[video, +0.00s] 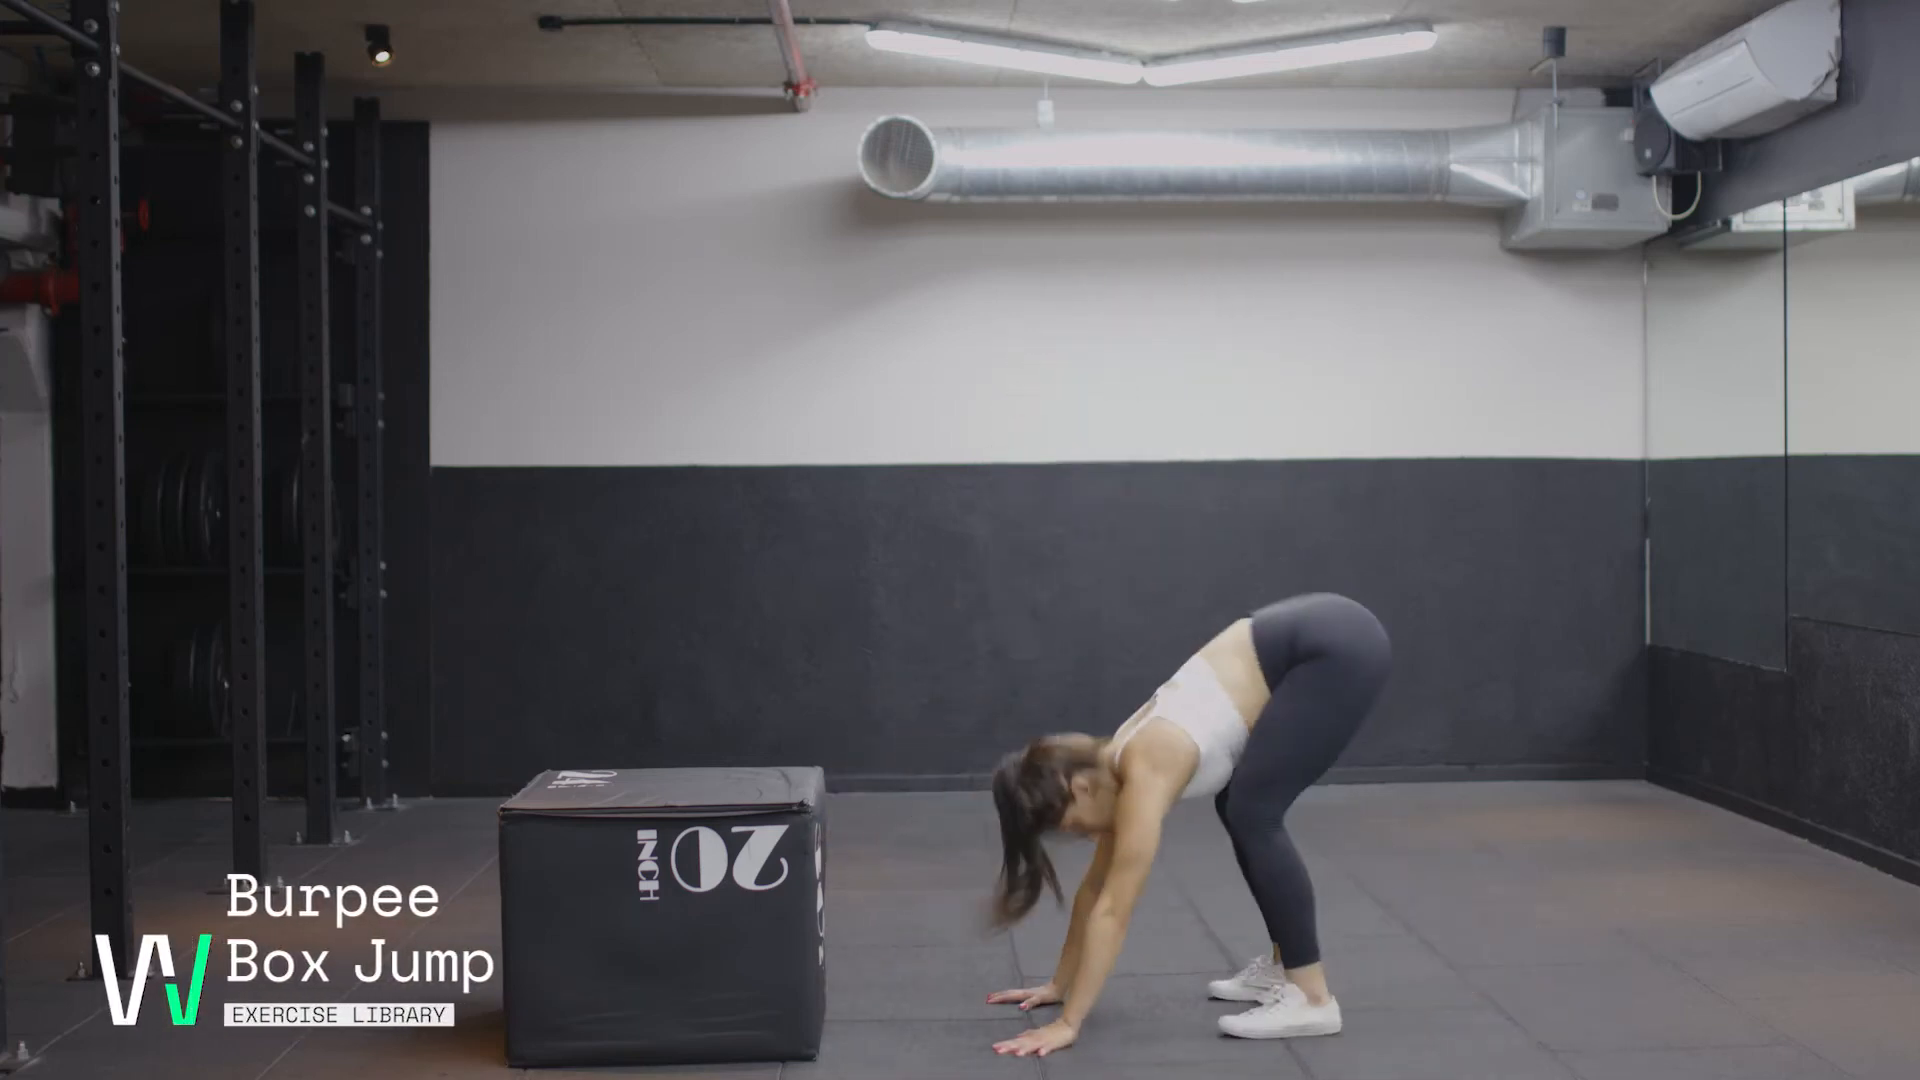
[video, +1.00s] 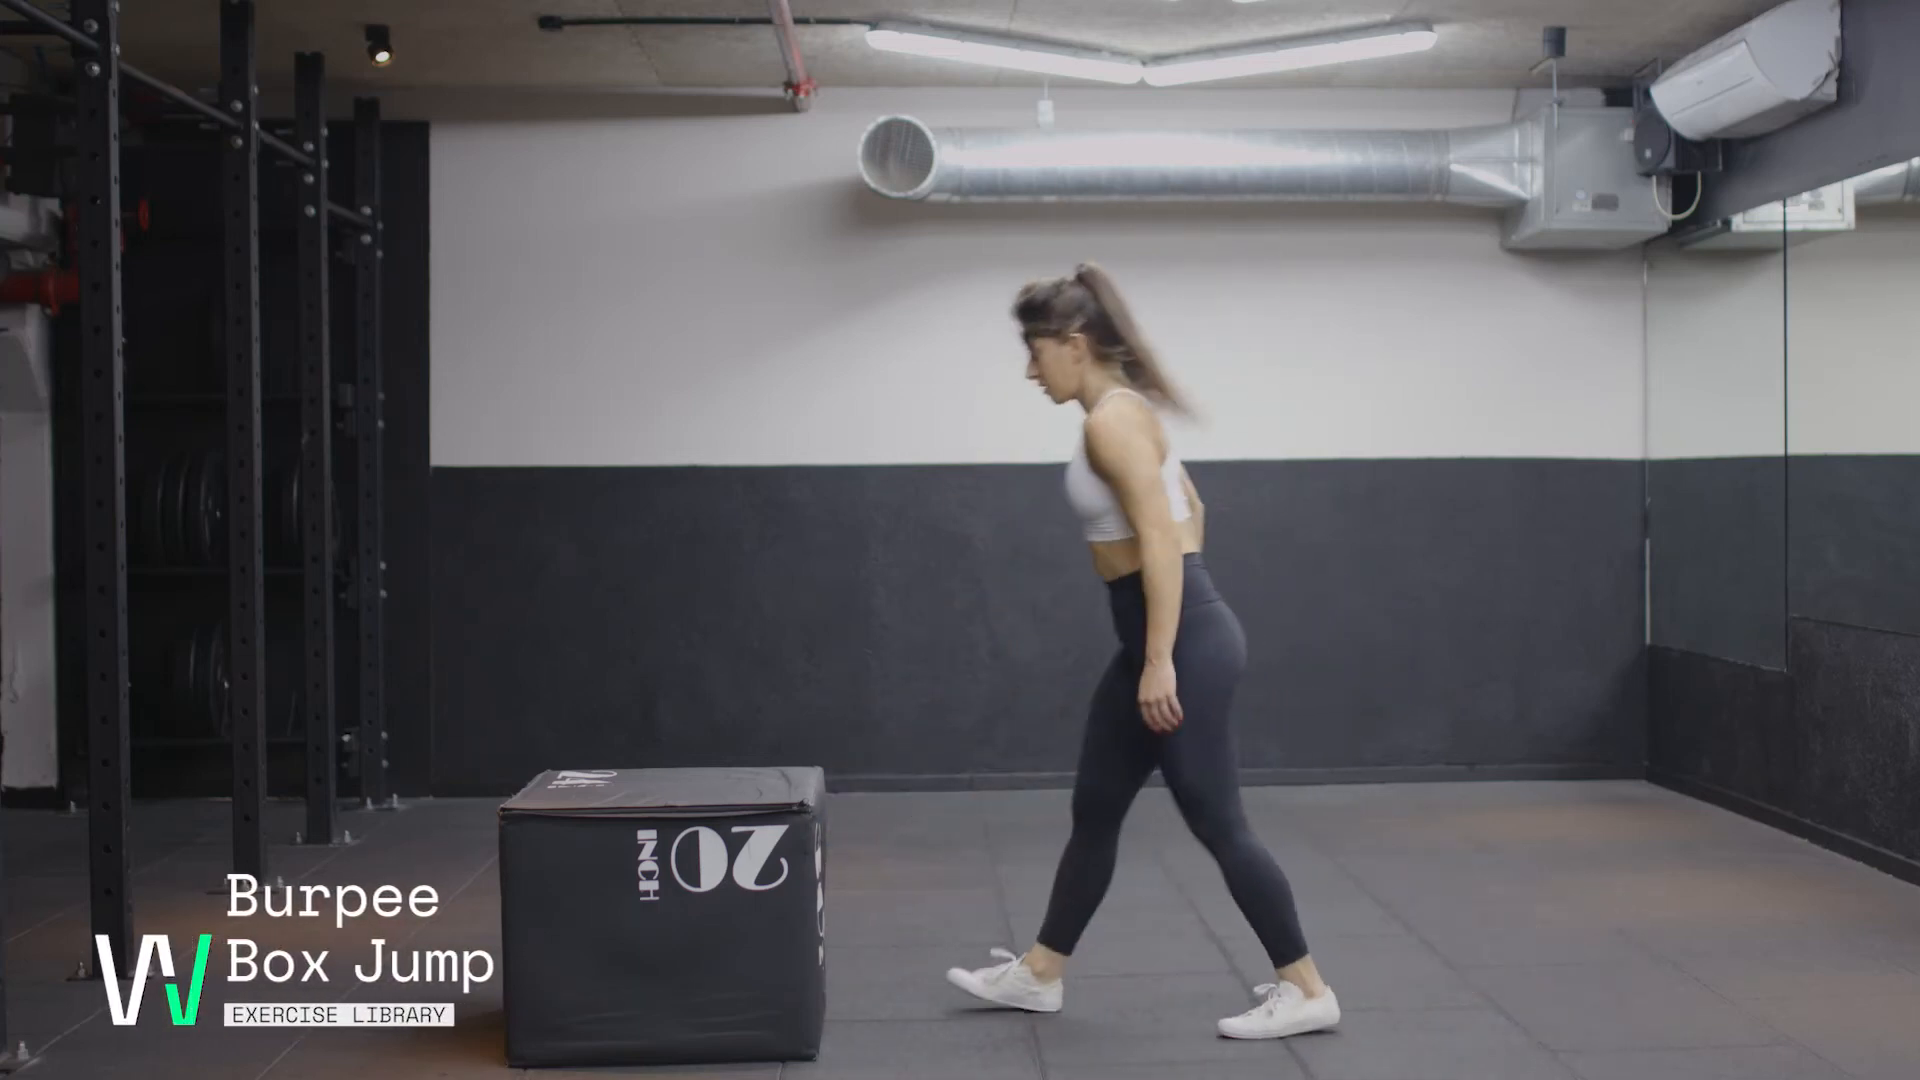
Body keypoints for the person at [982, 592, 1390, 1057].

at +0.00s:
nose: (1078, 833)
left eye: (1068, 823)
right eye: (1067, 830)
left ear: (1079, 785)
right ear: (1079, 779)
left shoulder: (1145, 769)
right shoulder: (1119, 761)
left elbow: (1115, 908)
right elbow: (1094, 892)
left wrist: (1070, 1023)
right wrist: (1061, 986)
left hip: (1340, 647)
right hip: (1313, 642)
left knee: (1252, 812)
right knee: (1239, 807)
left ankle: (1312, 996)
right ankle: (1286, 966)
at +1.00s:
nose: (1030, 368)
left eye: (1035, 350)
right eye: (1028, 353)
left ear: (1077, 344)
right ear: (1082, 345)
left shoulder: (1113, 421)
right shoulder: (1123, 414)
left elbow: (1161, 533)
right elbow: (1190, 515)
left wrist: (1159, 657)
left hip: (1182, 634)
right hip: (1156, 633)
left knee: (1218, 821)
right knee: (1097, 807)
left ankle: (1305, 987)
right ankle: (1041, 969)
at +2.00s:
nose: (676, 313)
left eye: (677, 293)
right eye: (670, 298)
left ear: (712, 273)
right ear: (716, 274)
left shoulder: (769, 336)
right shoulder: (778, 331)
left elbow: (694, 449)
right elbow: (721, 463)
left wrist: (594, 501)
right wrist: (616, 499)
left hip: (947, 462)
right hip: (941, 459)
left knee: (784, 555)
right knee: (783, 553)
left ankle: (813, 743)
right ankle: (798, 716)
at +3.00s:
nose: (710, 143)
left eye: (710, 125)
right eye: (704, 127)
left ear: (736, 112)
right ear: (770, 99)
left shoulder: (796, 178)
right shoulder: (824, 166)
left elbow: (813, 310)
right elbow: (846, 300)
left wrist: (769, 425)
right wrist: (778, 358)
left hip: (882, 390)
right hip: (914, 384)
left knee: (787, 562)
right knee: (871, 569)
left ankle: (786, 756)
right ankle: (972, 725)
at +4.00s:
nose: (966, 656)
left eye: (959, 638)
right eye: (954, 644)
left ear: (981, 609)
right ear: (984, 603)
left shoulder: (1067, 624)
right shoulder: (1046, 620)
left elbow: (1078, 766)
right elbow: (1064, 757)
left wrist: (1067, 894)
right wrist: (1048, 866)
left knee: (1202, 817)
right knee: (1166, 805)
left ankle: (1287, 998)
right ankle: (1227, 966)